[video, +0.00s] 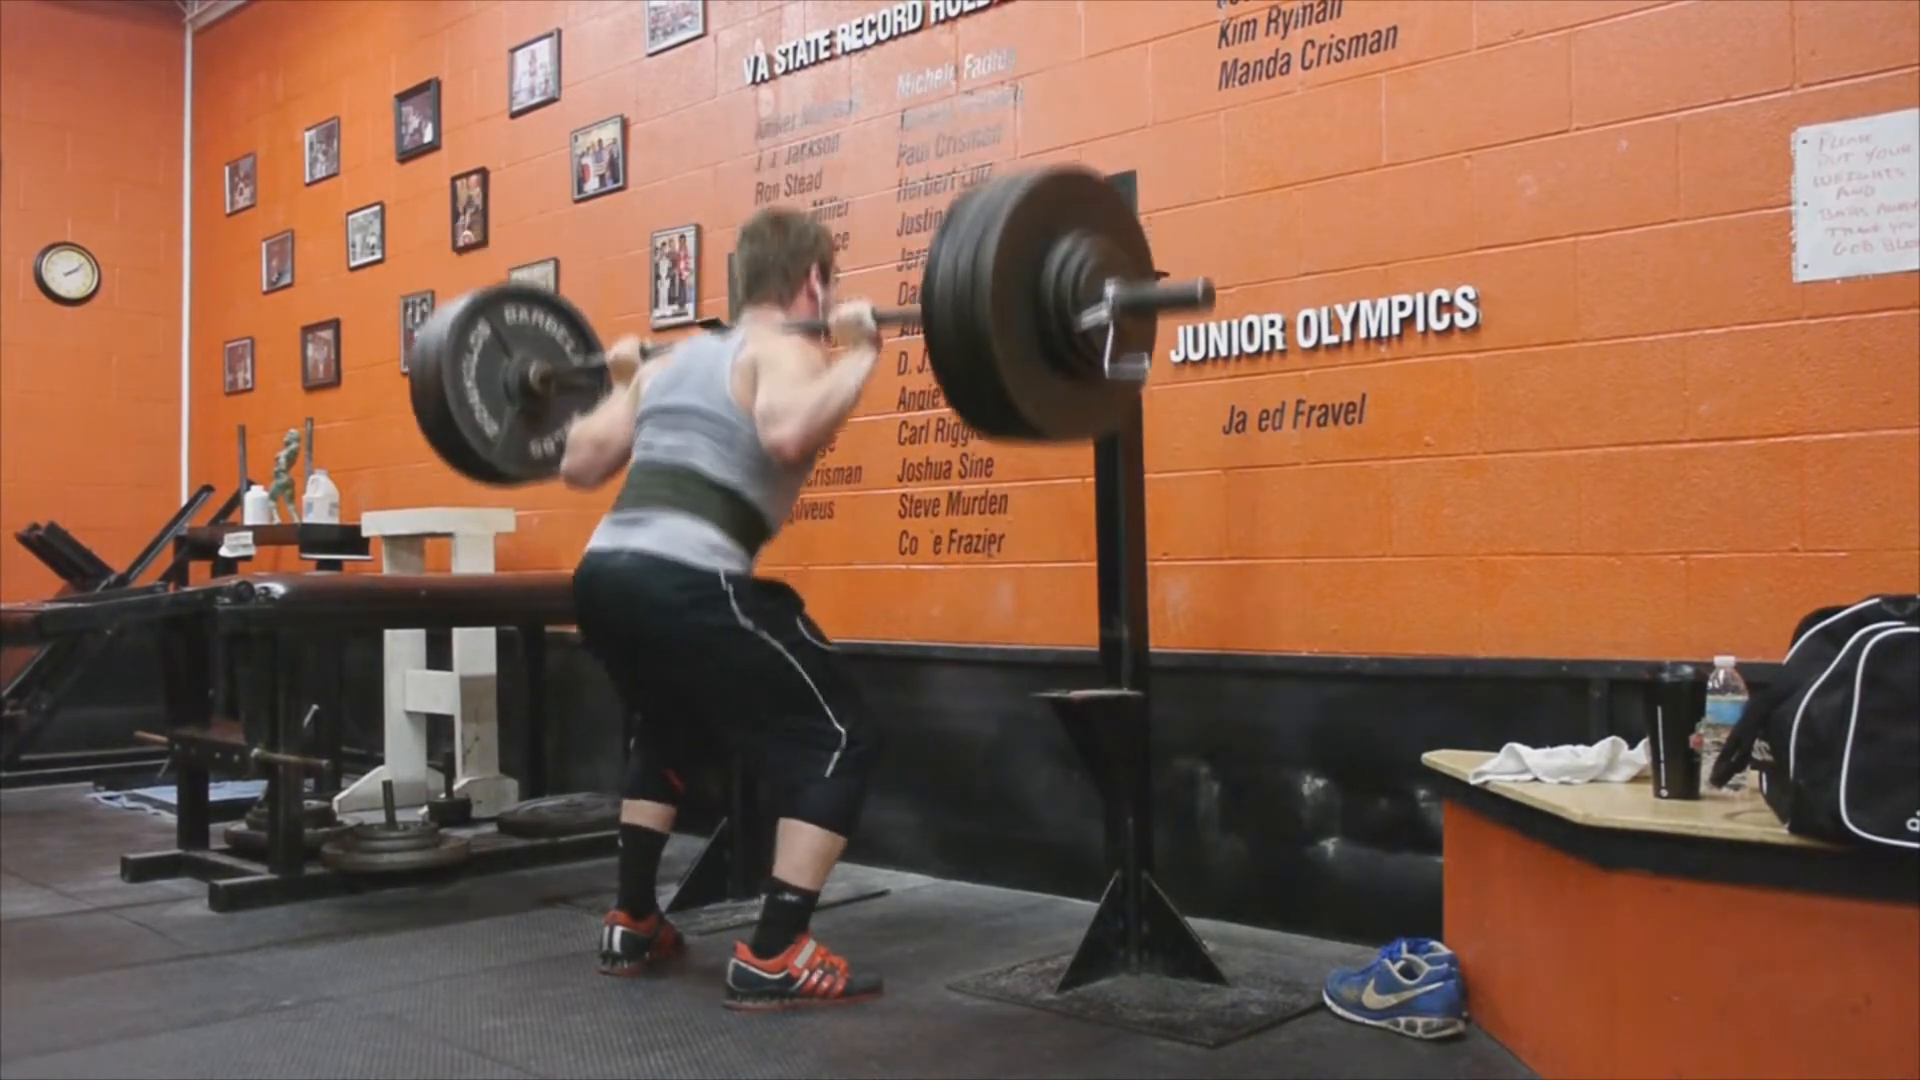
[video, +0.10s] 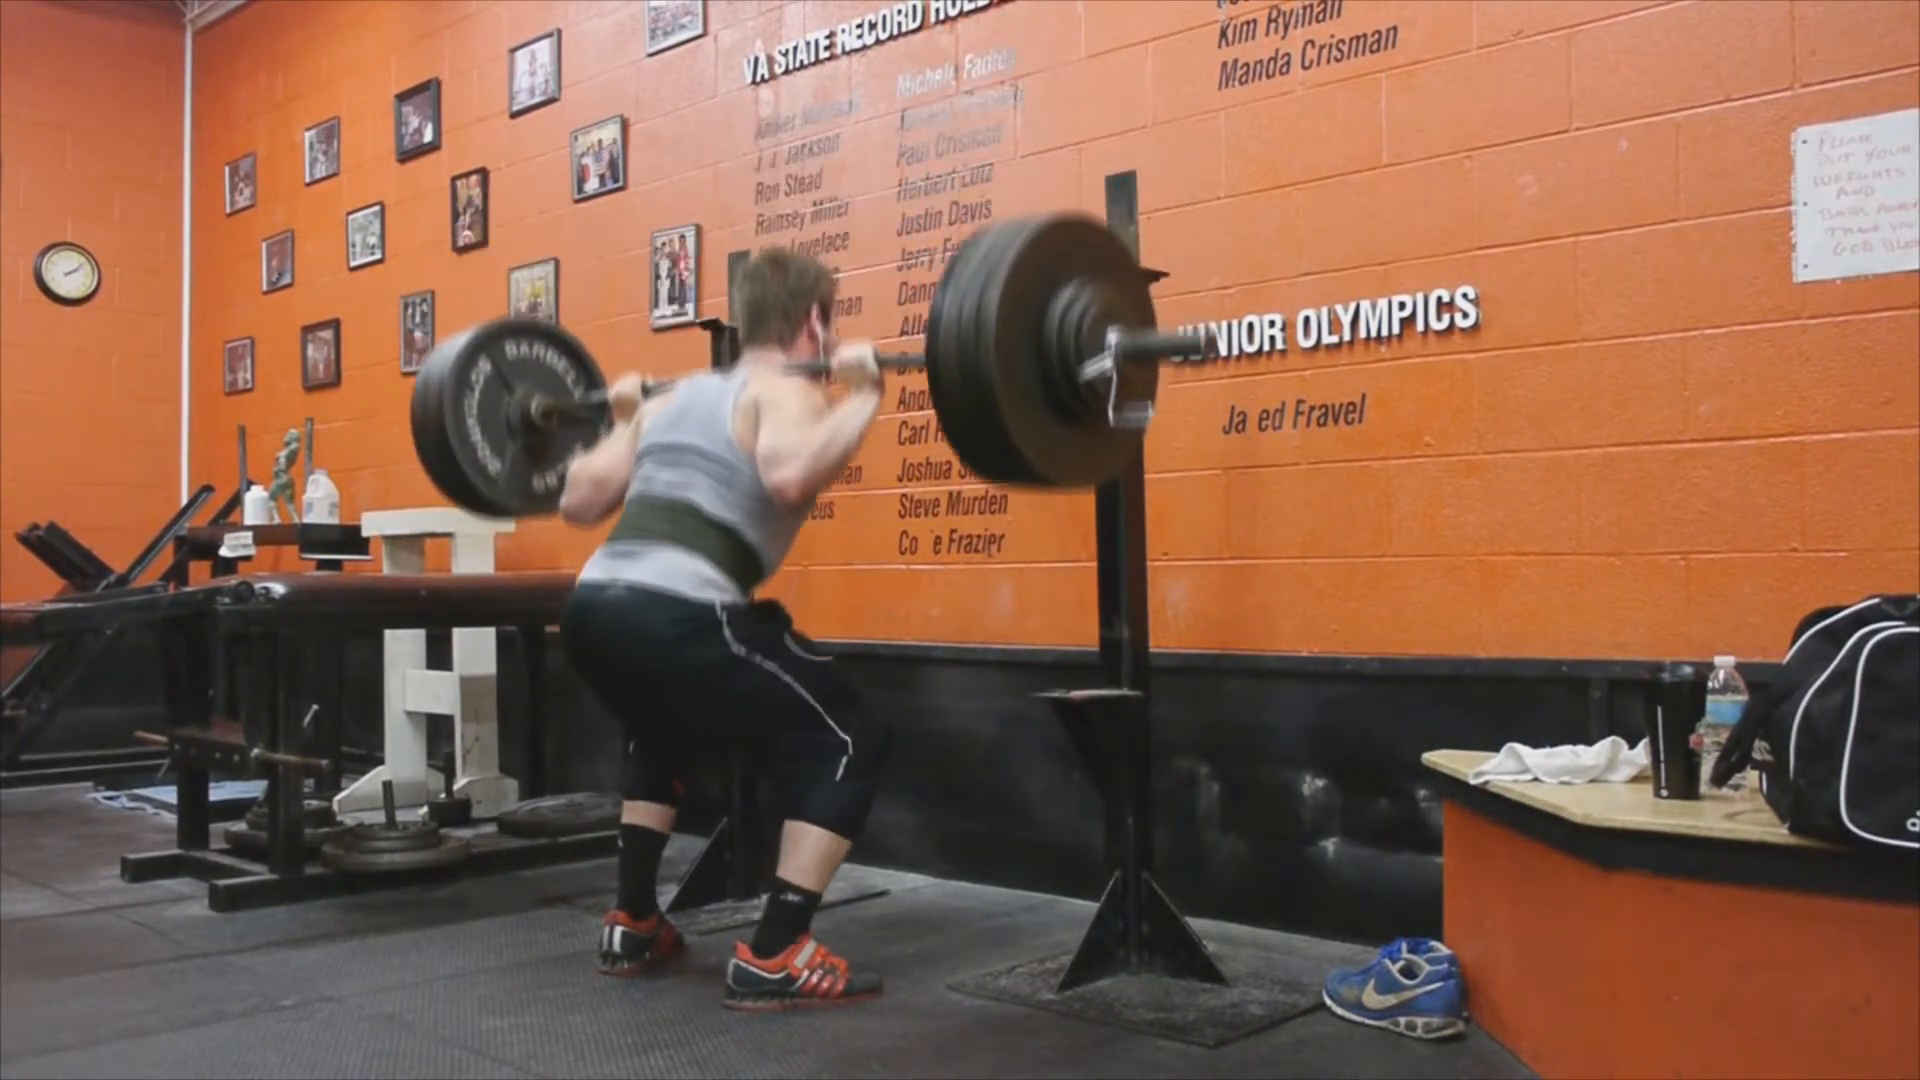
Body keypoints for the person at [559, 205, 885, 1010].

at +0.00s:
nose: (833, 294)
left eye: (830, 280)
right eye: (830, 281)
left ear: (743, 285)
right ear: (808, 283)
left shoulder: (676, 359)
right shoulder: (788, 347)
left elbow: (580, 463)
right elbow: (786, 434)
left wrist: (624, 381)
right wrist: (861, 351)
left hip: (605, 578)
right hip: (691, 585)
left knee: (662, 725)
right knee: (838, 734)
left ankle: (633, 920)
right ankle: (776, 947)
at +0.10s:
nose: (833, 333)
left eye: (832, 320)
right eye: (831, 319)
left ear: (741, 324)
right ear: (811, 324)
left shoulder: (677, 396)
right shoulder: (790, 388)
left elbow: (580, 500)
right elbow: (790, 476)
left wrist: (624, 418)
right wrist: (864, 396)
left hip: (595, 610)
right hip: (689, 618)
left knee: (660, 731)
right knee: (847, 740)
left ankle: (632, 918)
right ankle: (776, 948)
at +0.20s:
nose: (835, 373)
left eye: (837, 361)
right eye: (834, 360)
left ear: (744, 363)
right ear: (815, 363)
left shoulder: (675, 434)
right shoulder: (789, 427)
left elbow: (579, 540)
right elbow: (790, 515)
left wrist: (625, 454)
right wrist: (864, 440)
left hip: (594, 642)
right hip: (687, 654)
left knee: (665, 735)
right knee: (853, 750)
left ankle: (634, 920)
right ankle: (776, 949)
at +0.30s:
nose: (832, 410)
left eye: (833, 398)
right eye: (831, 397)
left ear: (745, 404)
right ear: (813, 402)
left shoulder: (675, 476)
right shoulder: (791, 470)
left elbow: (584, 580)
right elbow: (794, 566)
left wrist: (626, 492)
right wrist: (867, 481)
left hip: (594, 687)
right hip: (685, 698)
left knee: (675, 750)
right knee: (858, 770)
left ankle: (634, 918)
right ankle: (776, 951)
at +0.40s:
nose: (833, 451)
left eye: (833, 436)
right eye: (831, 436)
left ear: (743, 442)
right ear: (813, 443)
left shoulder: (675, 515)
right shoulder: (792, 516)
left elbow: (587, 621)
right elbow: (796, 610)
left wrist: (627, 533)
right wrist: (868, 525)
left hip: (599, 736)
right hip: (696, 749)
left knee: (675, 751)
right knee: (870, 782)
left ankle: (634, 918)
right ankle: (776, 951)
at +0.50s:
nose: (833, 486)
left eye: (832, 471)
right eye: (831, 470)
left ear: (742, 475)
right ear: (814, 474)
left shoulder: (678, 550)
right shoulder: (791, 549)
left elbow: (587, 660)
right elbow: (796, 654)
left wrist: (627, 570)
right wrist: (868, 562)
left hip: (606, 782)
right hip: (700, 786)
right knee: (885, 774)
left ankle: (636, 917)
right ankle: (776, 950)